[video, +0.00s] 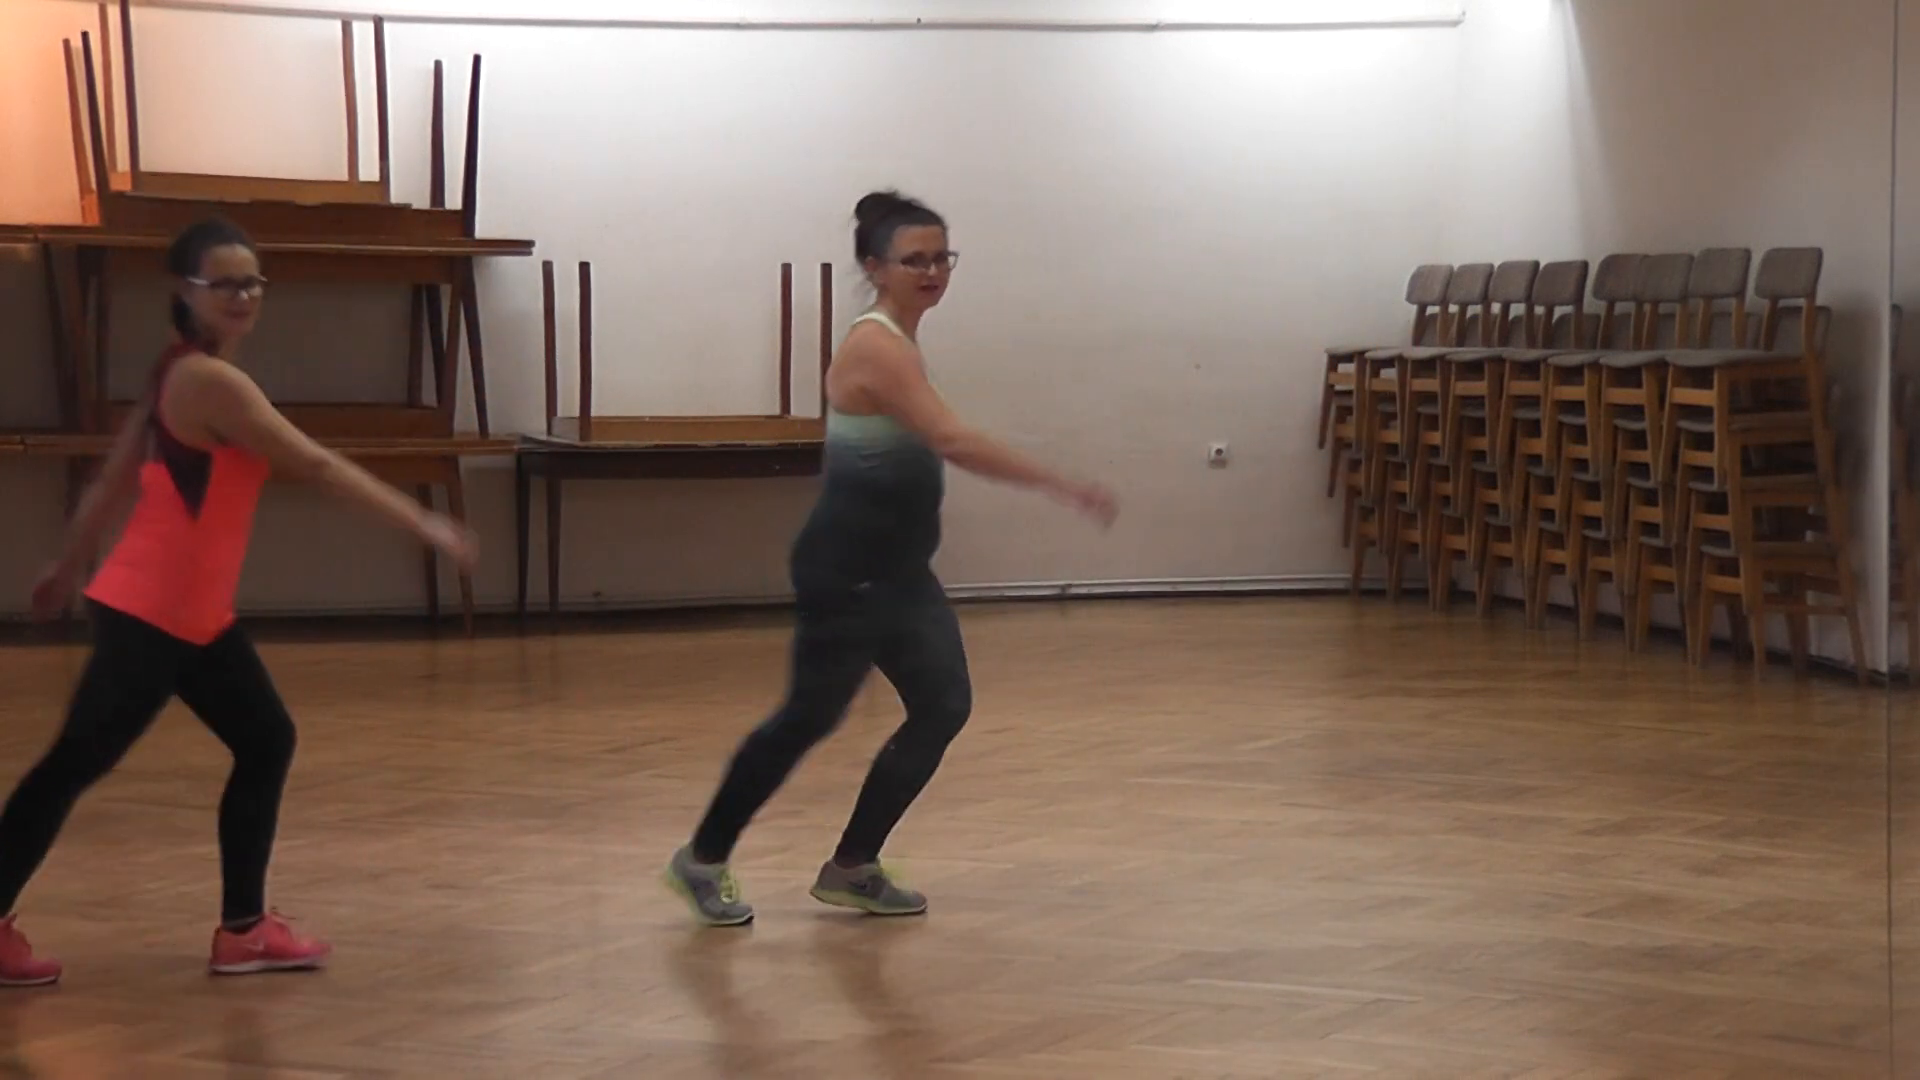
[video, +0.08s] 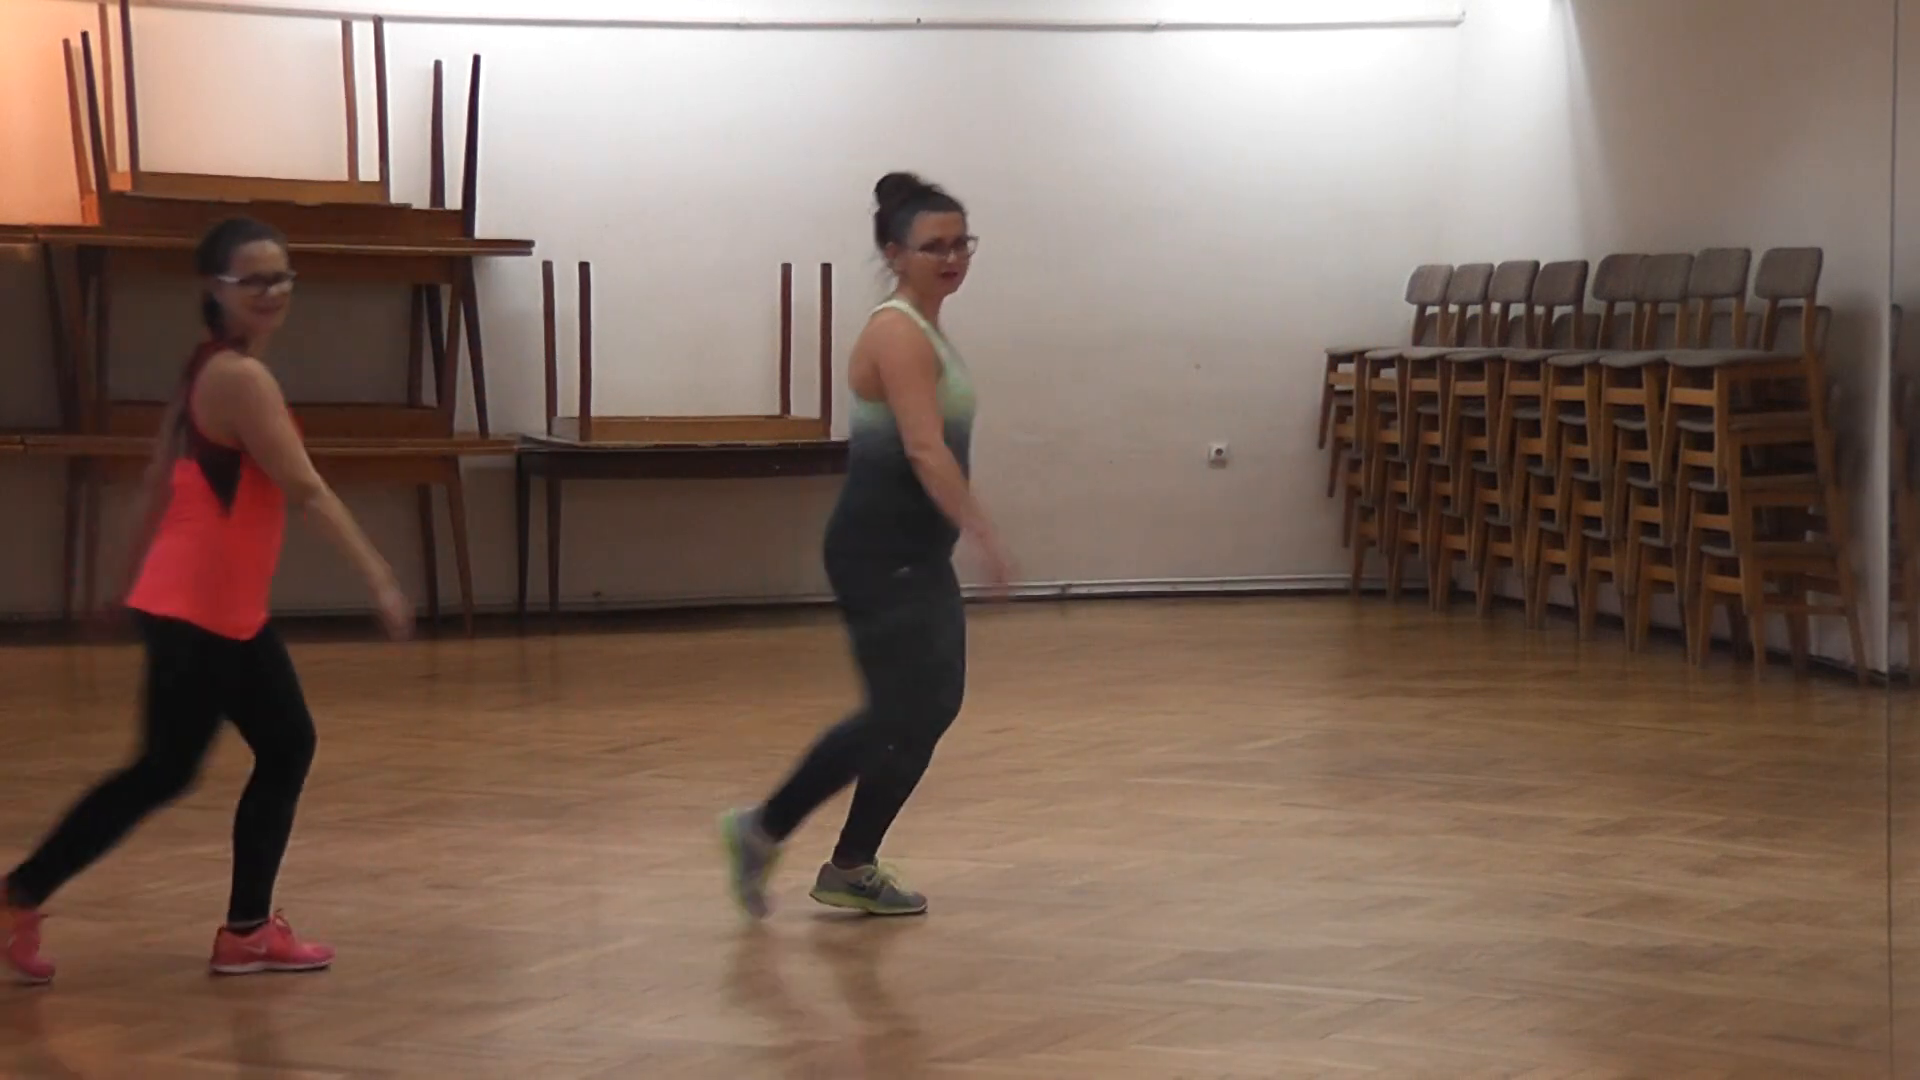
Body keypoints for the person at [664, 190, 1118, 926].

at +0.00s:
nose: (935, 271)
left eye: (942, 257)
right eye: (917, 259)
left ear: (946, 260)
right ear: (876, 266)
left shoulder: (895, 342)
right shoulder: (874, 344)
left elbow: (872, 460)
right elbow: (952, 441)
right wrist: (1062, 485)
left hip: (897, 571)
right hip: (844, 572)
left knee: (943, 706)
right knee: (811, 714)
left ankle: (851, 864)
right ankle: (701, 858)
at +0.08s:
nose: (955, 258)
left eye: (961, 244)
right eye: (937, 246)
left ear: (965, 247)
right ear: (896, 254)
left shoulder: (921, 327)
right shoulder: (895, 331)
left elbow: (908, 448)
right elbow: (923, 449)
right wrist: (981, 532)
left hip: (916, 546)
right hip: (879, 547)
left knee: (935, 702)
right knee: (903, 707)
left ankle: (850, 867)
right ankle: (761, 829)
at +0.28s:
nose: (1018, 252)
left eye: (1025, 238)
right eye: (1000, 239)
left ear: (1031, 240)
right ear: (957, 245)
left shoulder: (1003, 322)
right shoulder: (945, 328)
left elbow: (1018, 433)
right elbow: (874, 421)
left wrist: (1092, 493)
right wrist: (814, 503)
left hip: (974, 546)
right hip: (955, 548)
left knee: (895, 706)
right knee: (1054, 669)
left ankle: (848, 864)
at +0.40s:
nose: (1055, 265)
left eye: (1063, 251)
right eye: (1037, 254)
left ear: (1070, 254)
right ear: (997, 265)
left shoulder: (1065, 343)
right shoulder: (983, 343)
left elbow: (1095, 443)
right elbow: (899, 422)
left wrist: (1185, 505)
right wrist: (812, 488)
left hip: (1036, 564)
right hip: (1005, 566)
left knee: (948, 711)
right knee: (1105, 692)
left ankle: (856, 857)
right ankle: (1138, 875)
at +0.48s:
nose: (1084, 261)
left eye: (1090, 247)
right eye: (1065, 252)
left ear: (1100, 251)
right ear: (1026, 265)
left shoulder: (1100, 340)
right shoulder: (1018, 344)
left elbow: (1127, 449)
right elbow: (943, 436)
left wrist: (1210, 518)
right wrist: (872, 507)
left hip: (1083, 561)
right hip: (1050, 564)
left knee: (1051, 717)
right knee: (1133, 695)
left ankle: (905, 834)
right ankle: (1136, 876)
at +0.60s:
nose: (1131, 256)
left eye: (1137, 242)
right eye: (1111, 247)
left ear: (1150, 247)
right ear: (1074, 262)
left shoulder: (1160, 340)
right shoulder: (1066, 342)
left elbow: (1175, 451)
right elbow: (1026, 452)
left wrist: (1223, 539)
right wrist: (1019, 550)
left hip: (1154, 557)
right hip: (1091, 561)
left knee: (1199, 703)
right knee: (1161, 707)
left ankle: (1060, 814)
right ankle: (1138, 879)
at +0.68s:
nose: (1160, 251)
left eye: (1169, 236)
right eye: (1139, 241)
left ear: (1181, 241)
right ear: (1106, 254)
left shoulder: (1200, 332)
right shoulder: (1096, 334)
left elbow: (1210, 447)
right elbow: (1060, 441)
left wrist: (1229, 538)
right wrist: (1117, 513)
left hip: (1195, 546)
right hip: (1122, 549)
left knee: (1257, 686)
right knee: (1168, 697)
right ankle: (1137, 877)